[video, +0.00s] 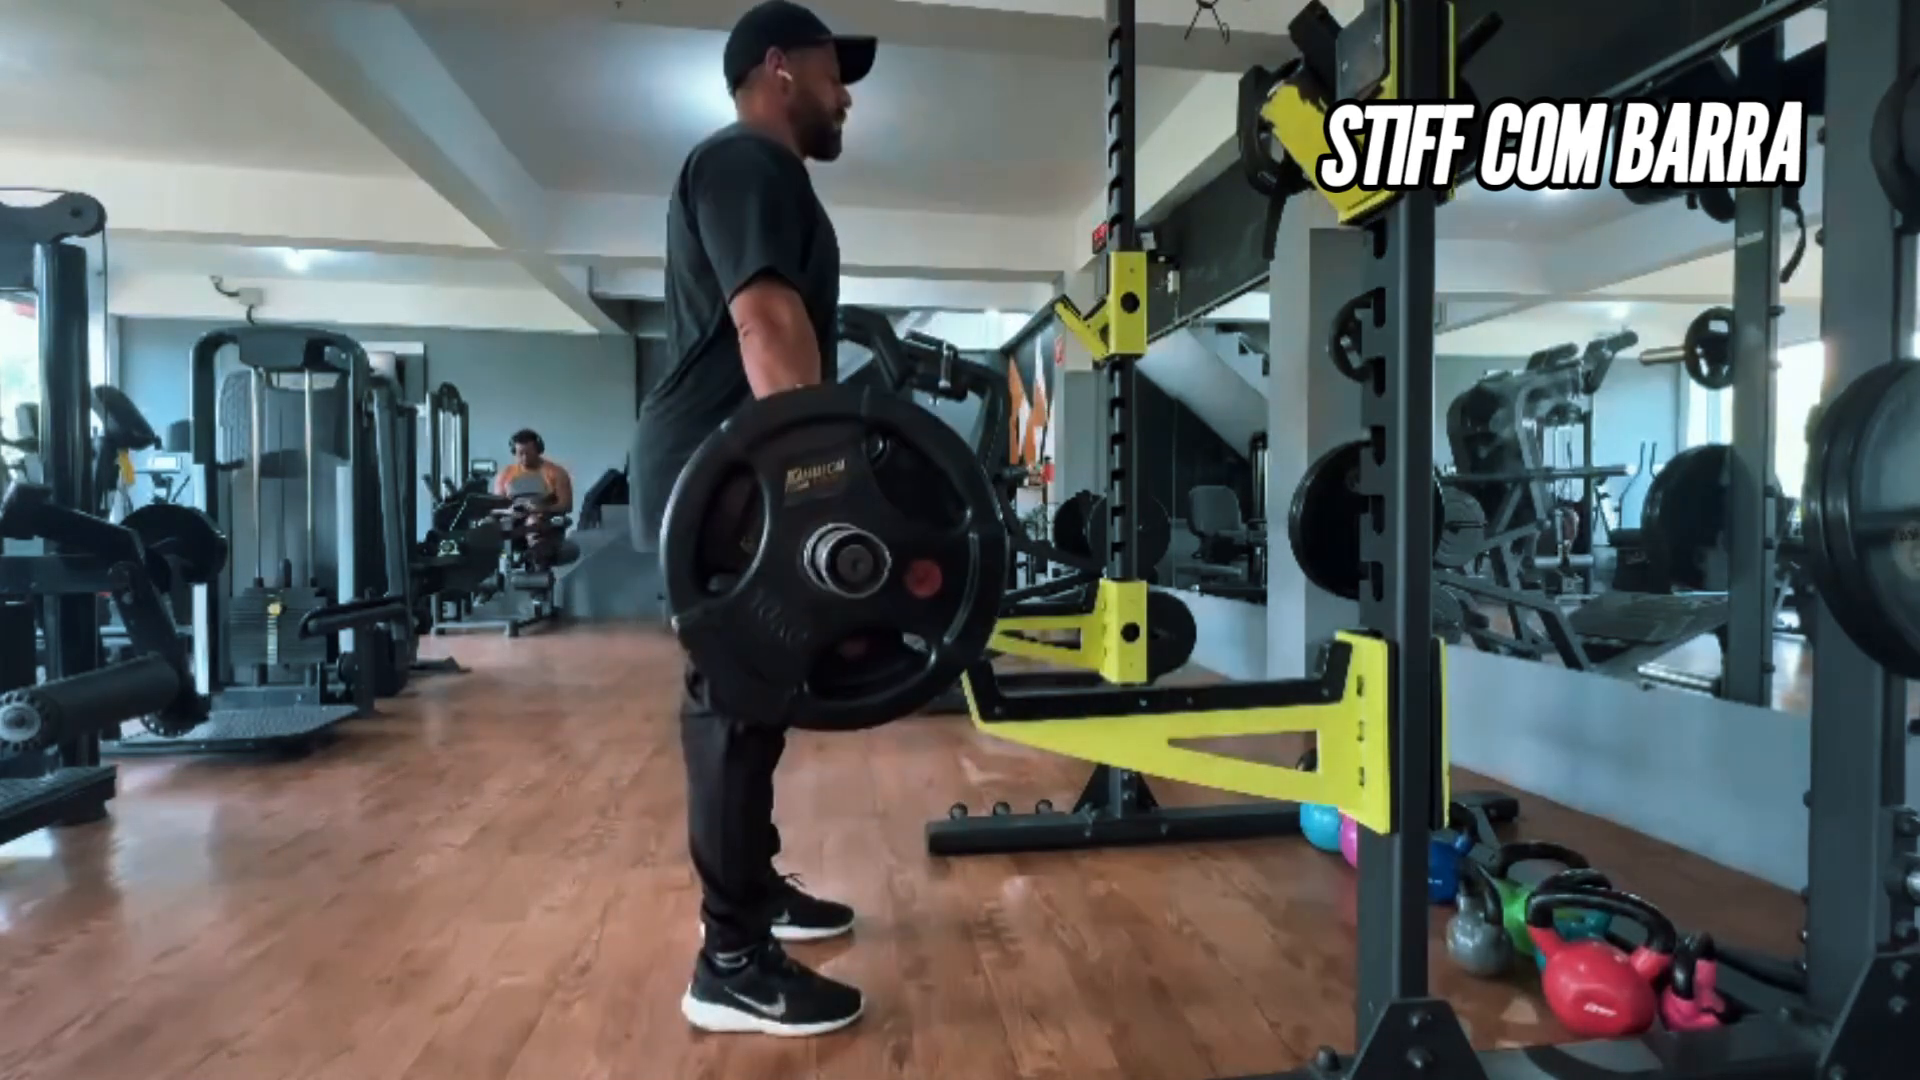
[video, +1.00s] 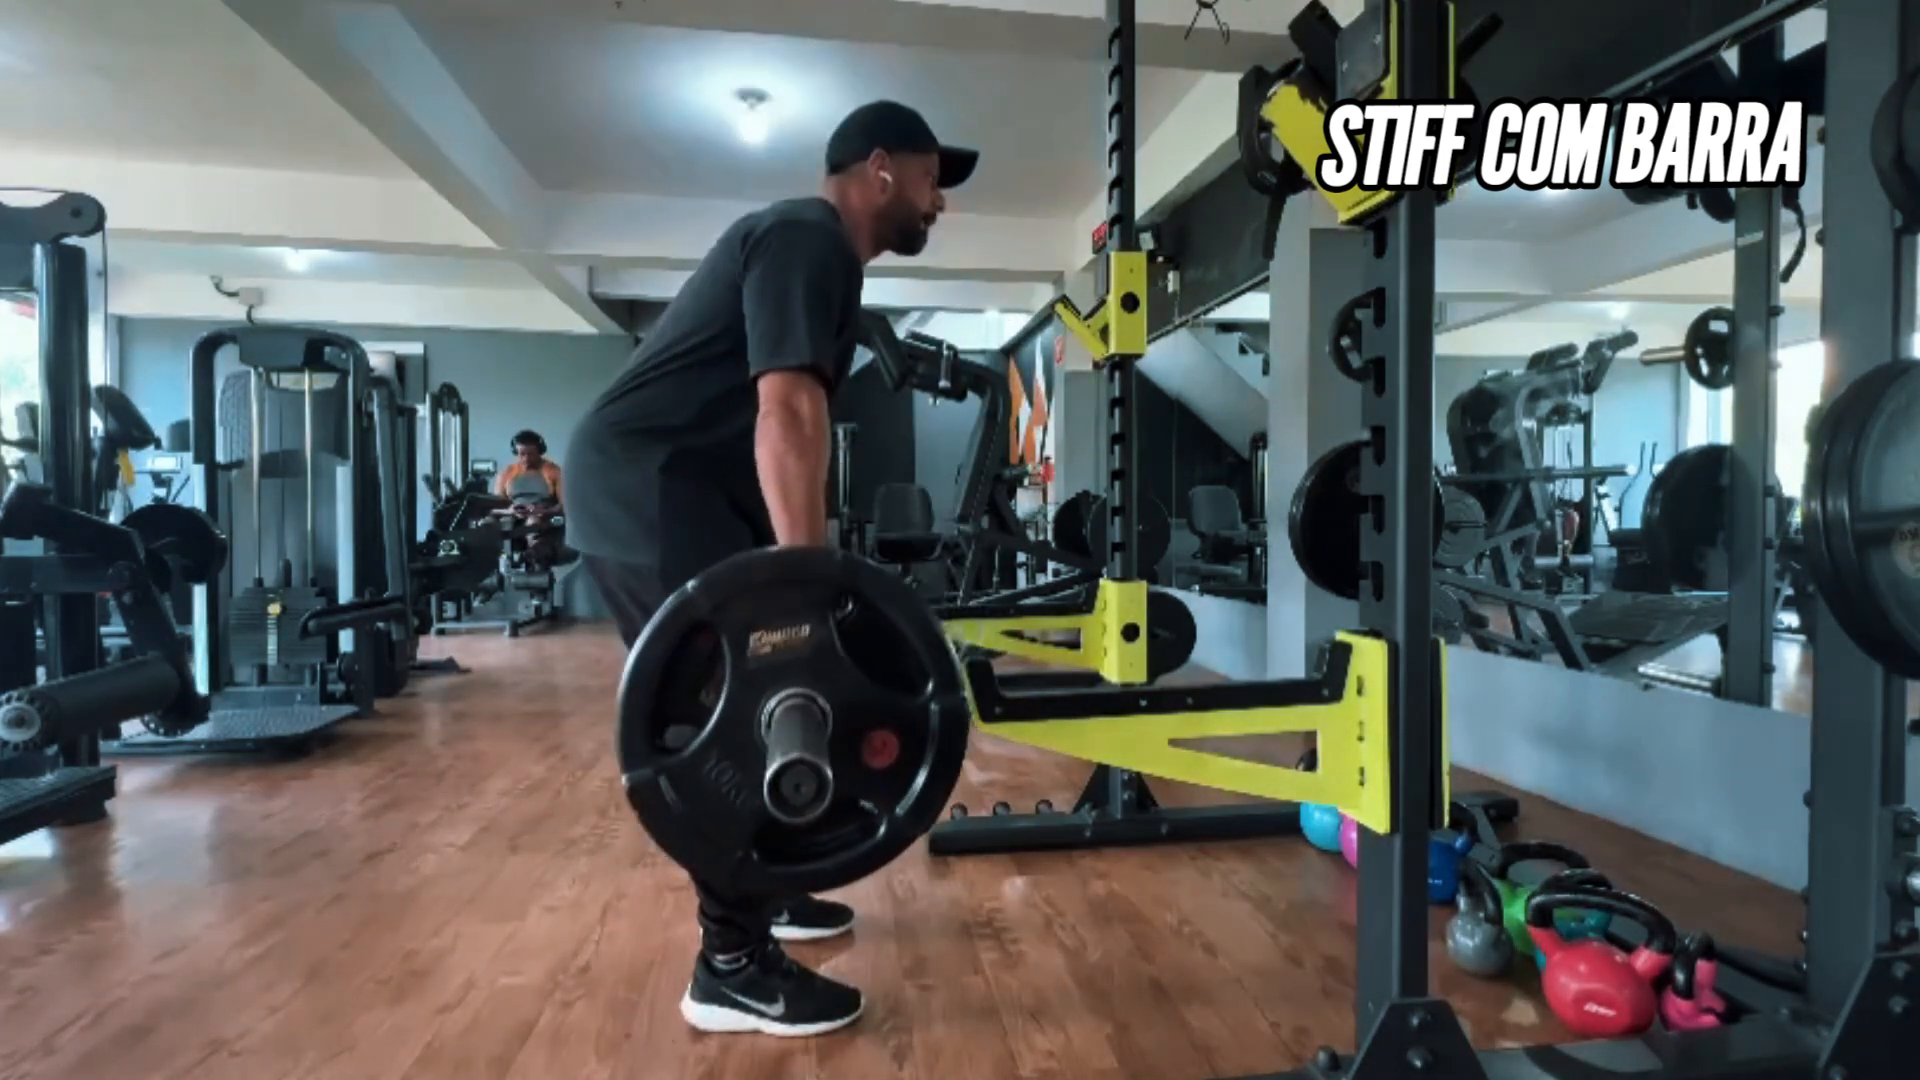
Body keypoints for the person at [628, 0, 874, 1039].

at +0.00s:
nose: (848, 95)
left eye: (847, 79)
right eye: (836, 74)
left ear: (772, 78)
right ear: (776, 70)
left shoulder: (750, 171)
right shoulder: (741, 160)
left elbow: (773, 337)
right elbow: (762, 318)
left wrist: (819, 482)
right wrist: (827, 485)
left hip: (727, 475)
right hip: (711, 477)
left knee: (750, 689)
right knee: (730, 698)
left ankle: (750, 882)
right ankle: (730, 957)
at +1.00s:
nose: (939, 205)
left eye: (941, 187)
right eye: (932, 182)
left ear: (873, 172)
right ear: (879, 167)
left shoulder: (818, 250)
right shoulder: (805, 233)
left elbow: (796, 409)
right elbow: (787, 402)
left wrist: (810, 578)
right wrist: (810, 582)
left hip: (682, 479)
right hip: (648, 477)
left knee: (742, 687)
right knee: (721, 702)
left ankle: (758, 894)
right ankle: (729, 957)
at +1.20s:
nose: (967, 272)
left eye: (970, 256)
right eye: (960, 250)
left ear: (899, 243)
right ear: (908, 237)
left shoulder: (830, 307)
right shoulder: (817, 292)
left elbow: (796, 476)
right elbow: (793, 470)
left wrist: (803, 639)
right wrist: (804, 645)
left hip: (627, 489)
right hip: (625, 488)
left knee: (711, 719)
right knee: (745, 710)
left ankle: (733, 959)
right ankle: (737, 973)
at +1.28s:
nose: (971, 299)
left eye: (975, 282)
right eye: (966, 277)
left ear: (910, 266)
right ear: (913, 261)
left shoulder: (836, 326)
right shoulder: (820, 308)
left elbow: (800, 494)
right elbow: (796, 490)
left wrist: (802, 657)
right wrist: (805, 668)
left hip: (602, 487)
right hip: (612, 487)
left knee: (688, 722)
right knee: (747, 707)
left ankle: (716, 945)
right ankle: (767, 943)